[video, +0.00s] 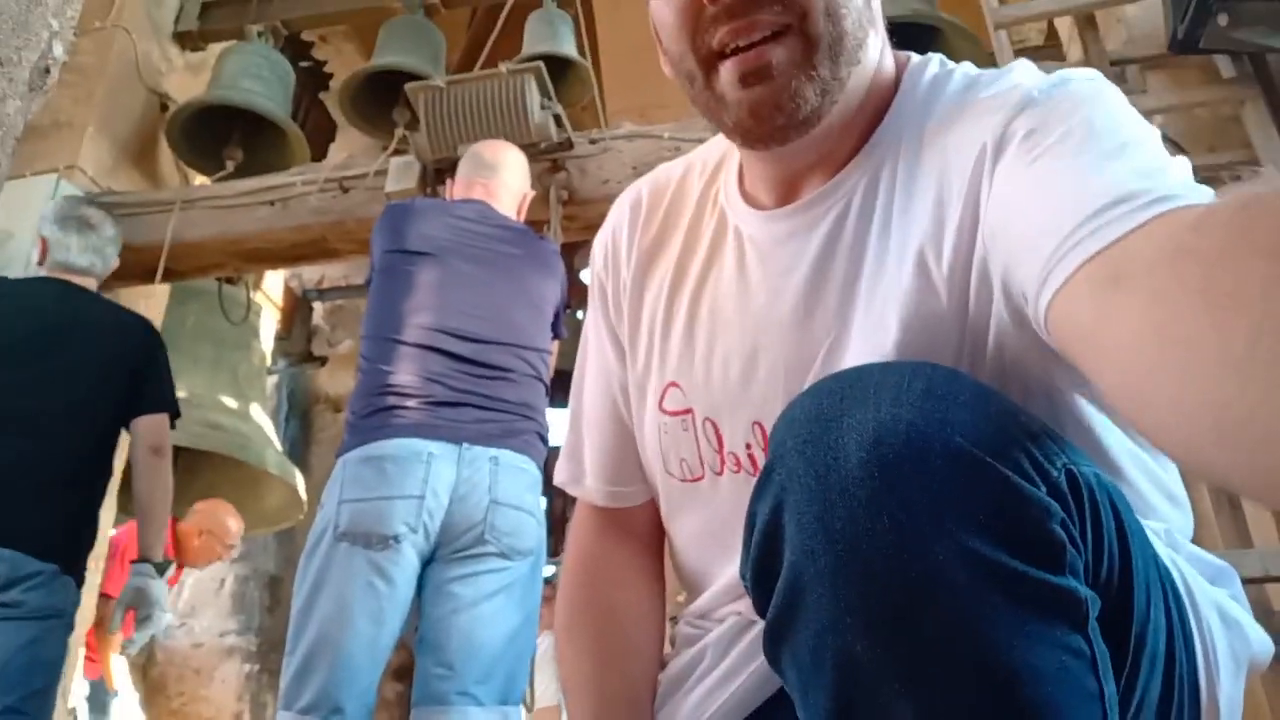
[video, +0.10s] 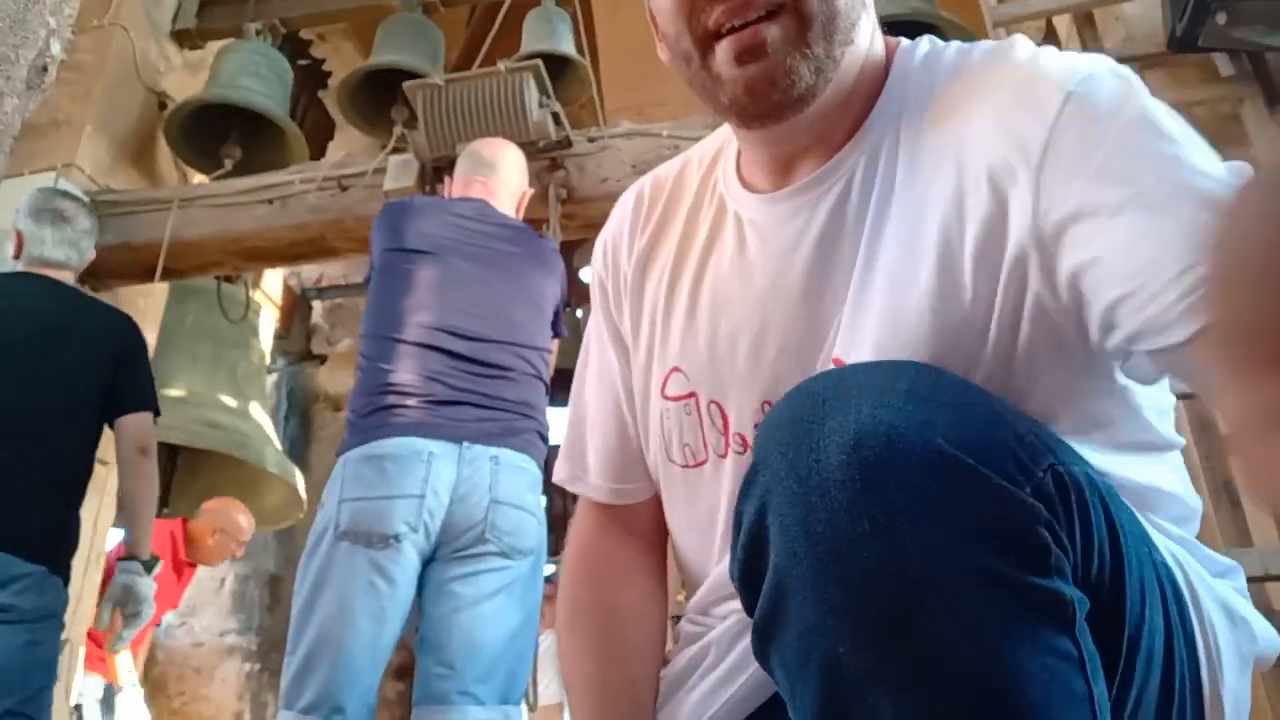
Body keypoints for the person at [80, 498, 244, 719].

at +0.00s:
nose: (225, 558)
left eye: (231, 550)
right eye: (226, 547)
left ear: (200, 535)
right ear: (200, 535)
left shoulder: (175, 565)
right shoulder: (130, 542)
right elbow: (104, 617)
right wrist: (119, 689)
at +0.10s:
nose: (239, 554)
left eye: (243, 546)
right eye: (239, 544)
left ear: (213, 536)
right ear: (214, 535)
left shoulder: (190, 562)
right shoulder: (148, 543)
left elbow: (148, 624)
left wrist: (133, 683)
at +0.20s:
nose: (252, 553)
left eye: (255, 545)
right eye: (250, 543)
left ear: (226, 534)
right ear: (227, 534)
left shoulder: (202, 564)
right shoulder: (164, 541)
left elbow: (160, 631)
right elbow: (121, 614)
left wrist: (153, 697)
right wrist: (130, 684)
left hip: (134, 668)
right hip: (99, 661)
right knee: (99, 713)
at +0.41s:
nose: (273, 549)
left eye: (276, 541)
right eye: (272, 539)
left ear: (250, 532)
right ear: (249, 531)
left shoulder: (225, 565)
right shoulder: (186, 538)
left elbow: (188, 635)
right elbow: (137, 609)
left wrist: (192, 703)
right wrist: (139, 677)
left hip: (150, 668)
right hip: (114, 658)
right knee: (140, 714)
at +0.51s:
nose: (281, 542)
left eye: (283, 534)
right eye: (280, 533)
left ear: (261, 530)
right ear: (259, 530)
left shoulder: (235, 561)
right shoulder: (195, 536)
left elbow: (203, 628)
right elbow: (143, 605)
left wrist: (206, 695)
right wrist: (144, 671)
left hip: (159, 666)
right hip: (122, 655)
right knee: (153, 713)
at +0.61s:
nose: (287, 536)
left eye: (290, 528)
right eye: (287, 527)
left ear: (266, 525)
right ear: (265, 524)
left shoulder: (242, 559)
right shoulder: (201, 532)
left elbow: (212, 624)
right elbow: (149, 599)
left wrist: (219, 691)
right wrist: (148, 666)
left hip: (169, 667)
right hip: (132, 657)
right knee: (163, 712)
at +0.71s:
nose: (292, 534)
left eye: (295, 525)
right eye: (290, 522)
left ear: (264, 515)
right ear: (264, 514)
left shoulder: (247, 556)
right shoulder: (206, 530)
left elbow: (219, 625)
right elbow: (153, 596)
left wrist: (227, 692)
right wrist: (152, 663)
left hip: (179, 675)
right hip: (142, 664)